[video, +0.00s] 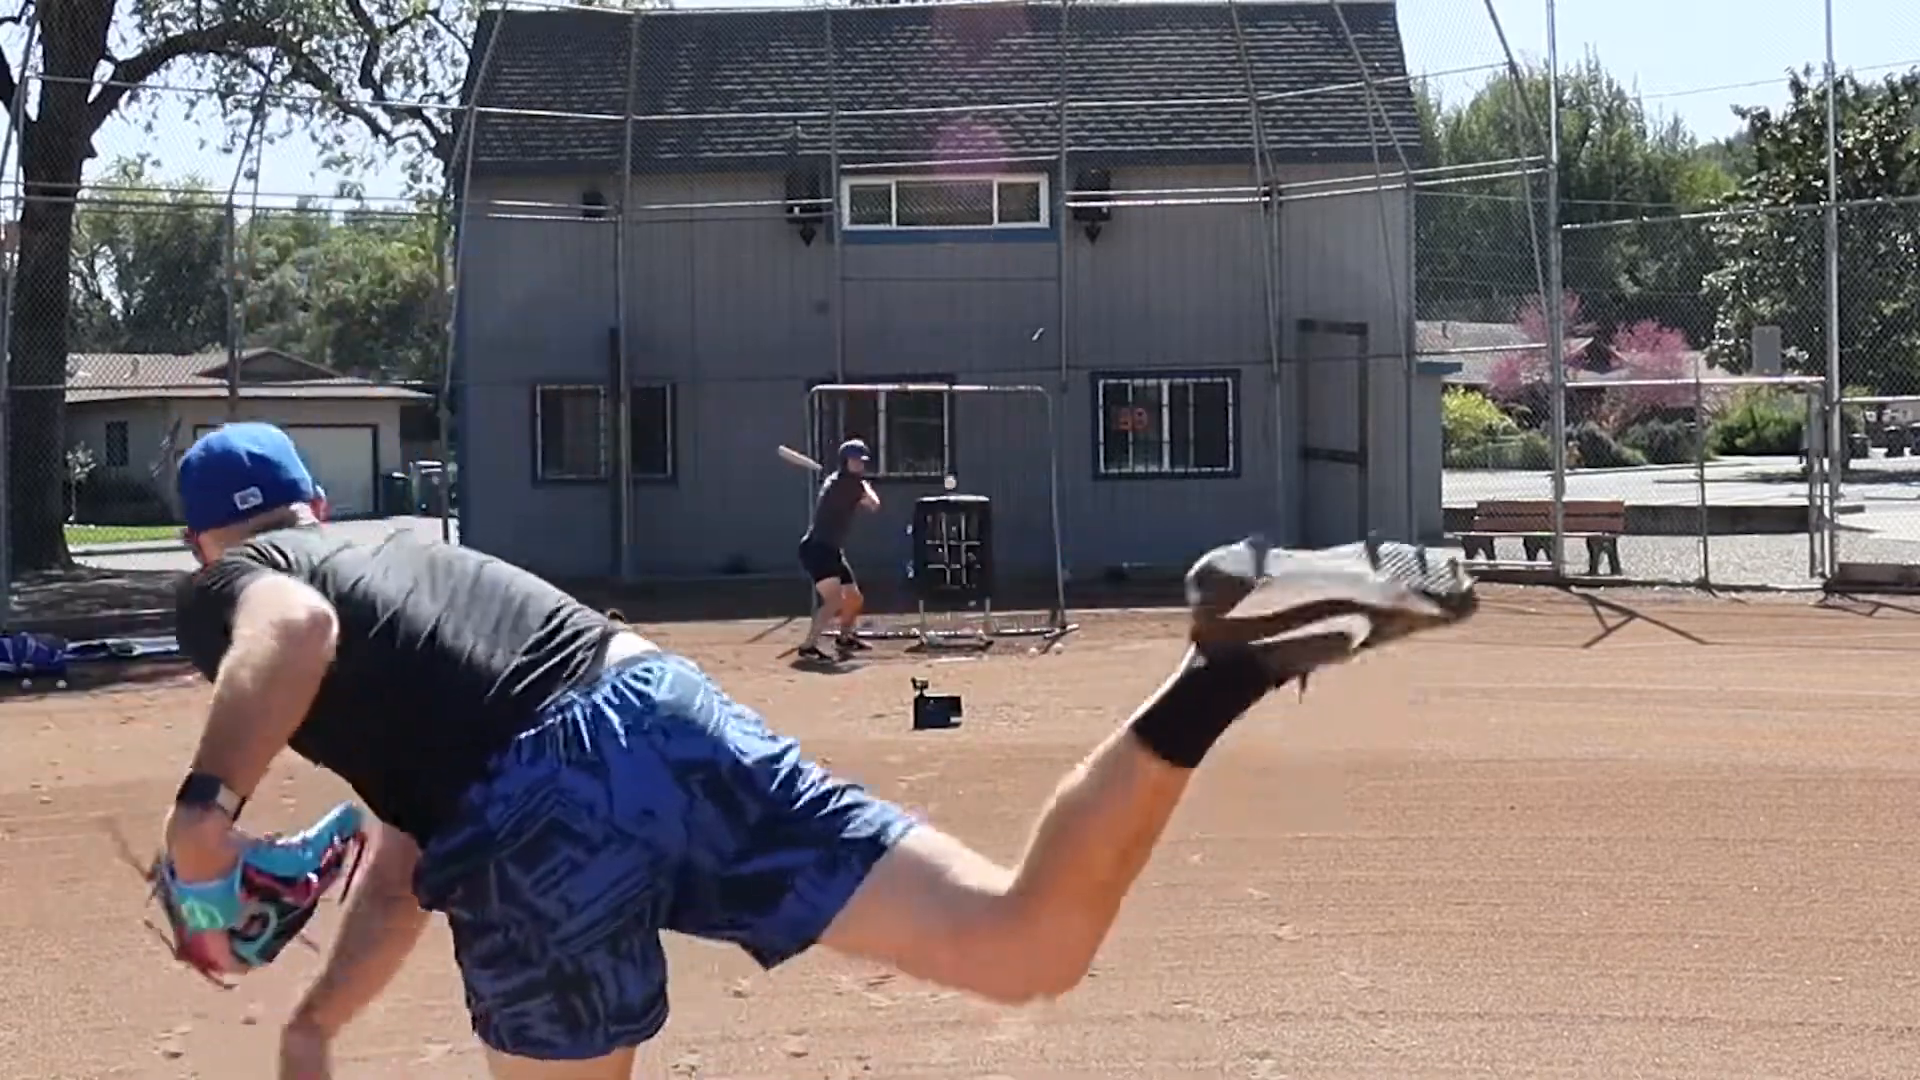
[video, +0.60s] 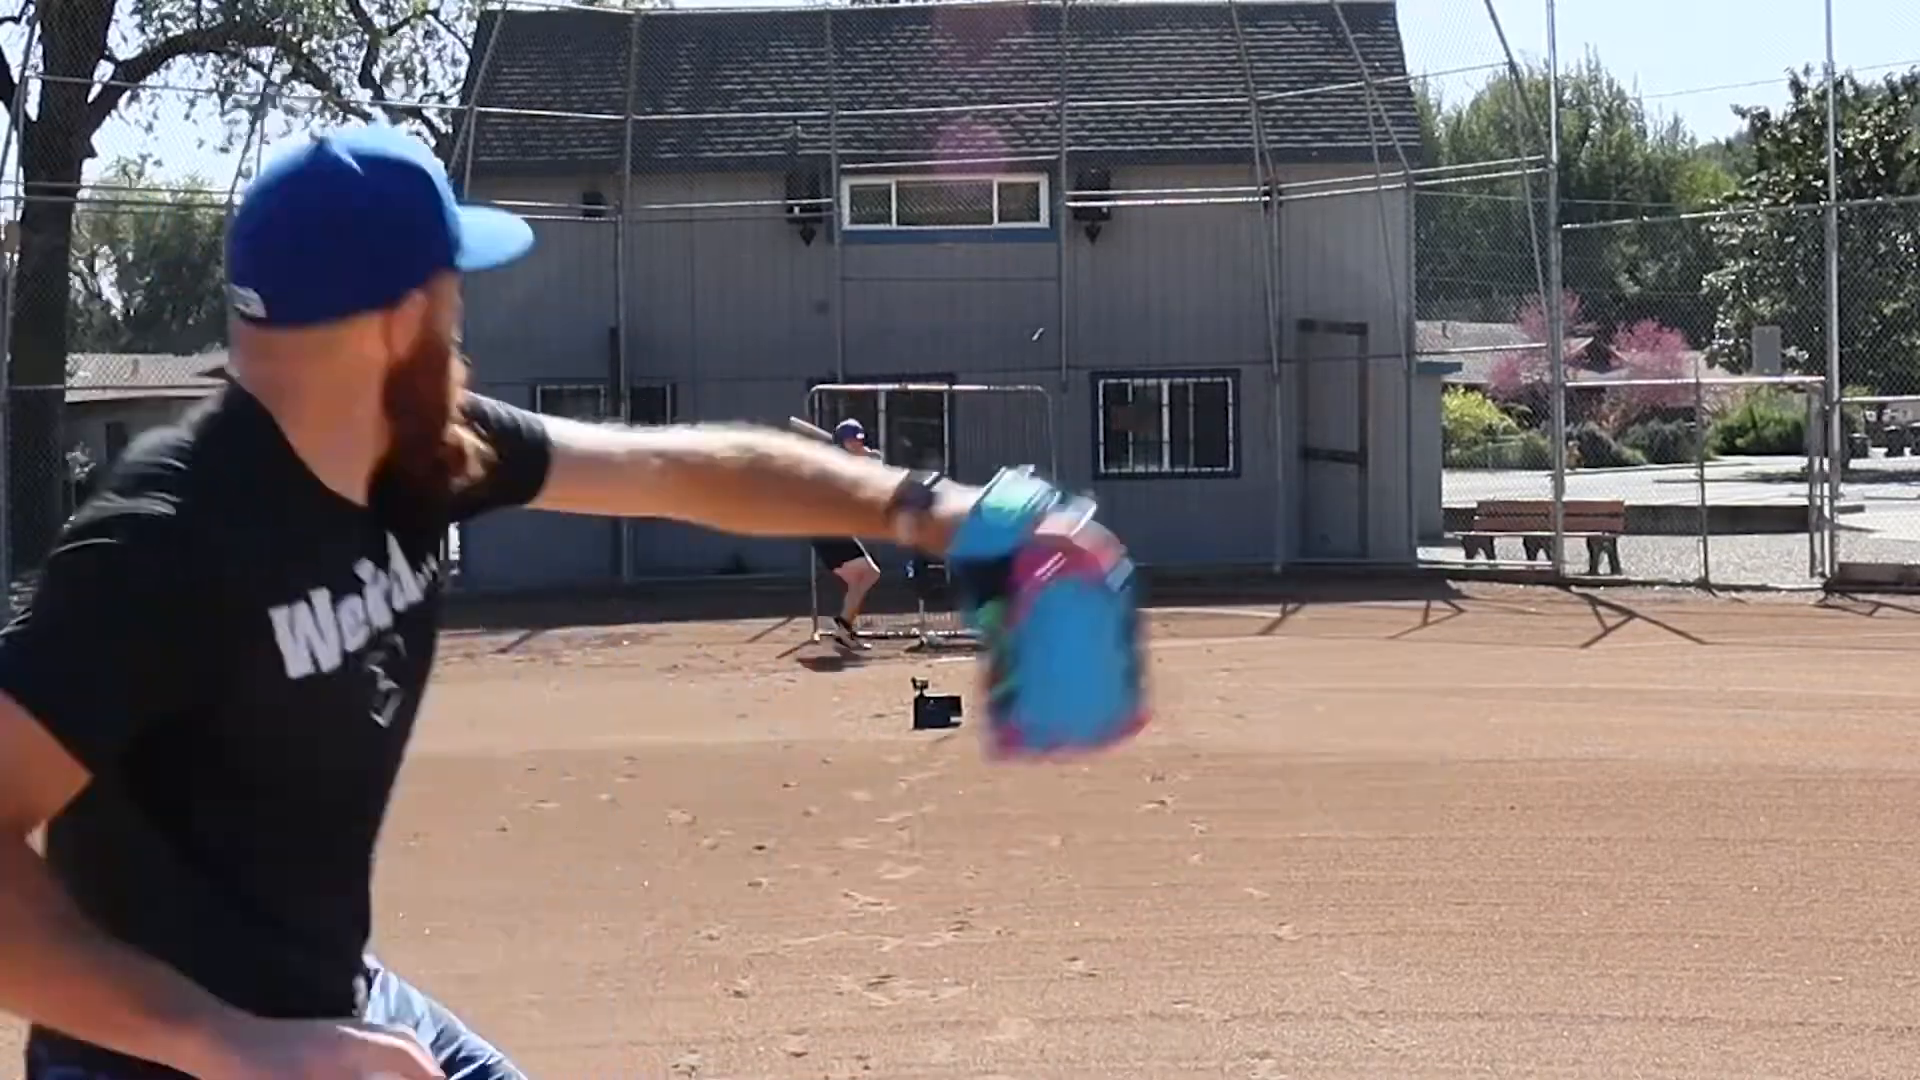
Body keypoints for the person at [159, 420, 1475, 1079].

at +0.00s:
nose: (196, 571)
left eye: (195, 551)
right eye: (205, 554)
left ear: (214, 530)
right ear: (310, 493)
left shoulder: (268, 562)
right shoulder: (406, 567)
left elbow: (291, 621)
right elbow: (408, 855)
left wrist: (199, 818)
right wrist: (316, 1023)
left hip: (544, 816)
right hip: (664, 702)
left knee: (570, 1063)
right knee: (1025, 945)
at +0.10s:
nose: (156, 501)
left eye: (151, 484)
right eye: (174, 478)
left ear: (164, 477)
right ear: (276, 443)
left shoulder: (198, 544)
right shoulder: (367, 514)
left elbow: (236, 683)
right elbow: (483, 714)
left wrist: (200, 908)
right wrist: (432, 939)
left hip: (544, 801)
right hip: (654, 686)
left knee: (564, 1067)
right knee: (973, 860)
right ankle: (1275, 733)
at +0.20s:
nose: (122, 452)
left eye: (116, 432)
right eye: (129, 430)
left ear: (135, 424)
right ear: (247, 393)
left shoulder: (163, 525)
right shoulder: (337, 454)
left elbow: (210, 755)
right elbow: (447, 622)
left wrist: (197, 990)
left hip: (535, 811)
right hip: (642, 678)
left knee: (566, 1062)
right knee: (855, 848)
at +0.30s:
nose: (97, 387)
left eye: (91, 369)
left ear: (97, 380)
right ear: (225, 347)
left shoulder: (151, 496)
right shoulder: (320, 410)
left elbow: (204, 773)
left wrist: (170, 999)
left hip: (517, 819)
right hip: (630, 698)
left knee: (567, 1059)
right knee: (691, 918)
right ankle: (790, 1055)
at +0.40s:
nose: (81, 368)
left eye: (69, 346)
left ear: (76, 355)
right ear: (210, 311)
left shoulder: (150, 475)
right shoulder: (300, 383)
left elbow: (186, 780)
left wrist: (115, 977)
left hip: (510, 812)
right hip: (596, 720)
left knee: (559, 1063)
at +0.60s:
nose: (464, 315)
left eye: (457, 285)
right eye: (450, 286)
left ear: (287, 319)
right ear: (397, 318)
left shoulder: (416, 459)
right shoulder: (149, 549)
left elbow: (691, 471)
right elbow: (0, 847)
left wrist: (939, 512)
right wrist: (222, 1043)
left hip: (335, 999)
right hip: (149, 1053)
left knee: (502, 1070)